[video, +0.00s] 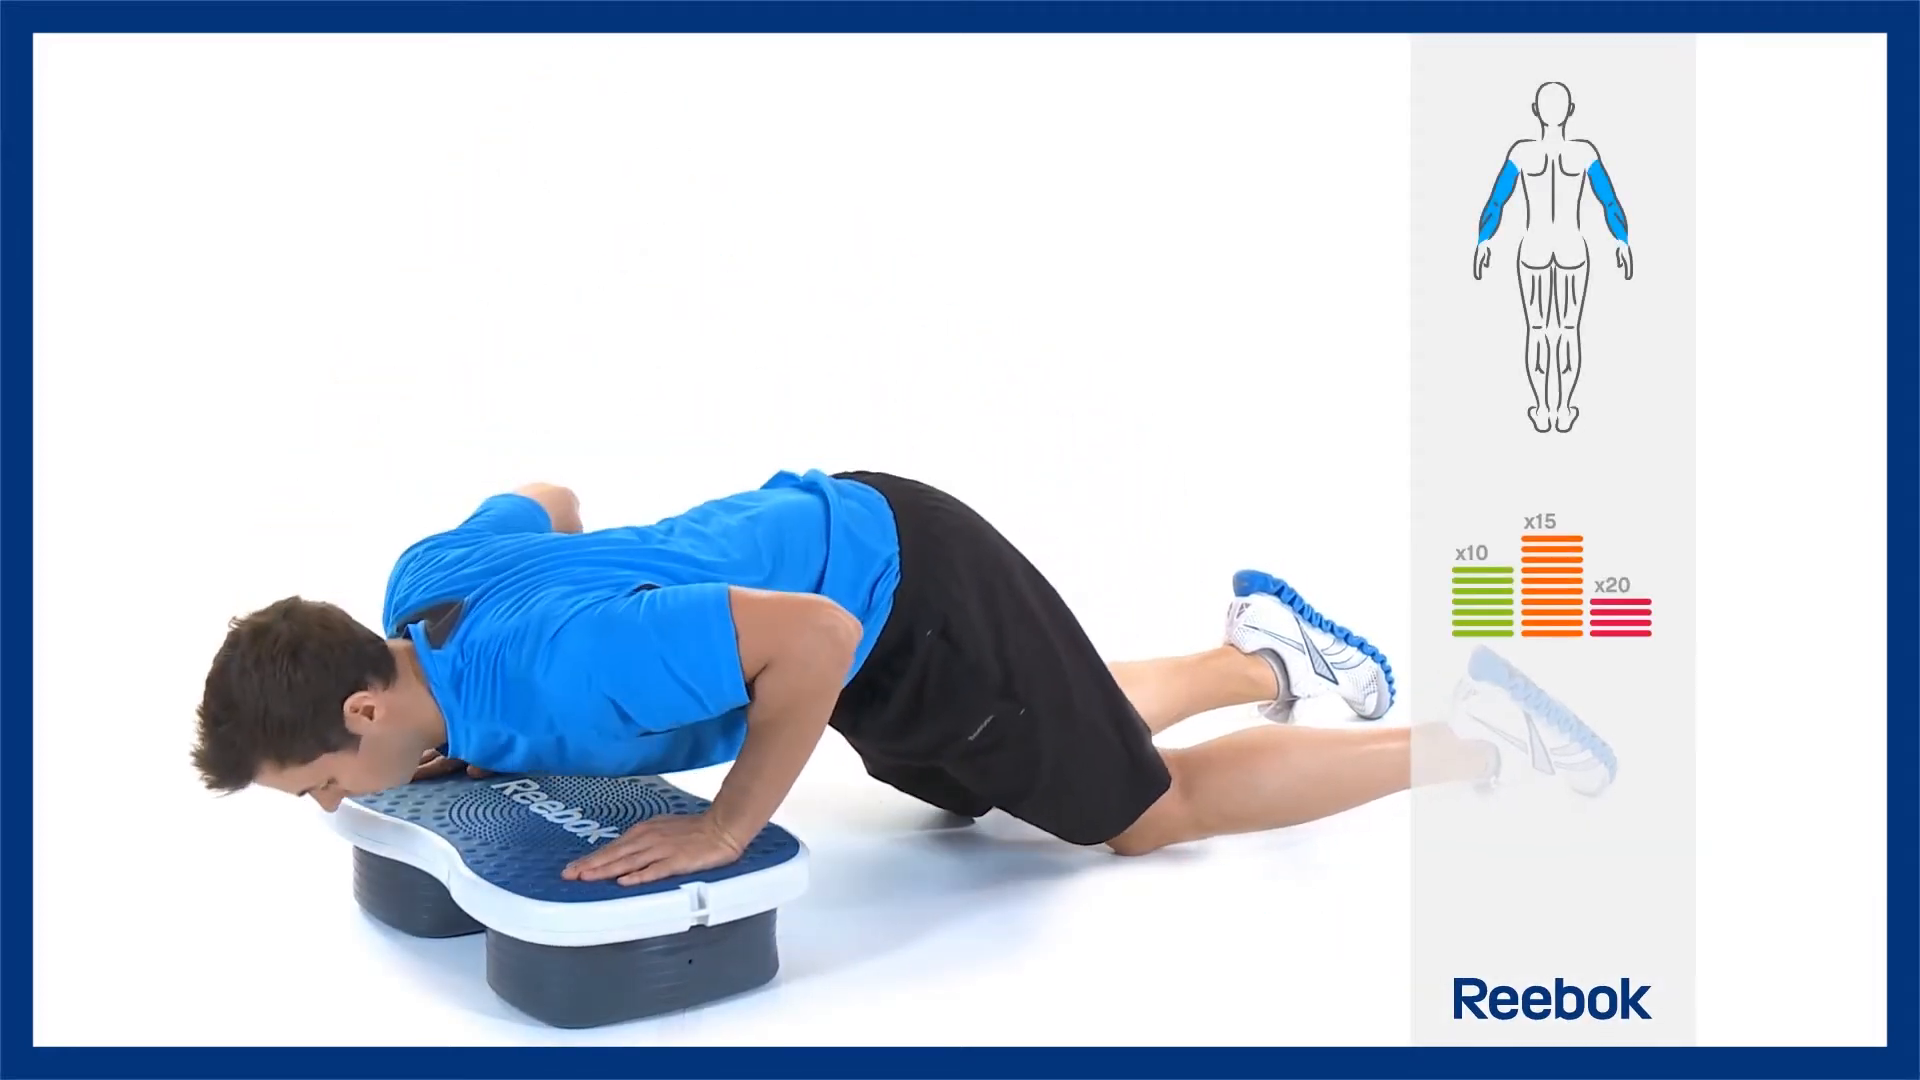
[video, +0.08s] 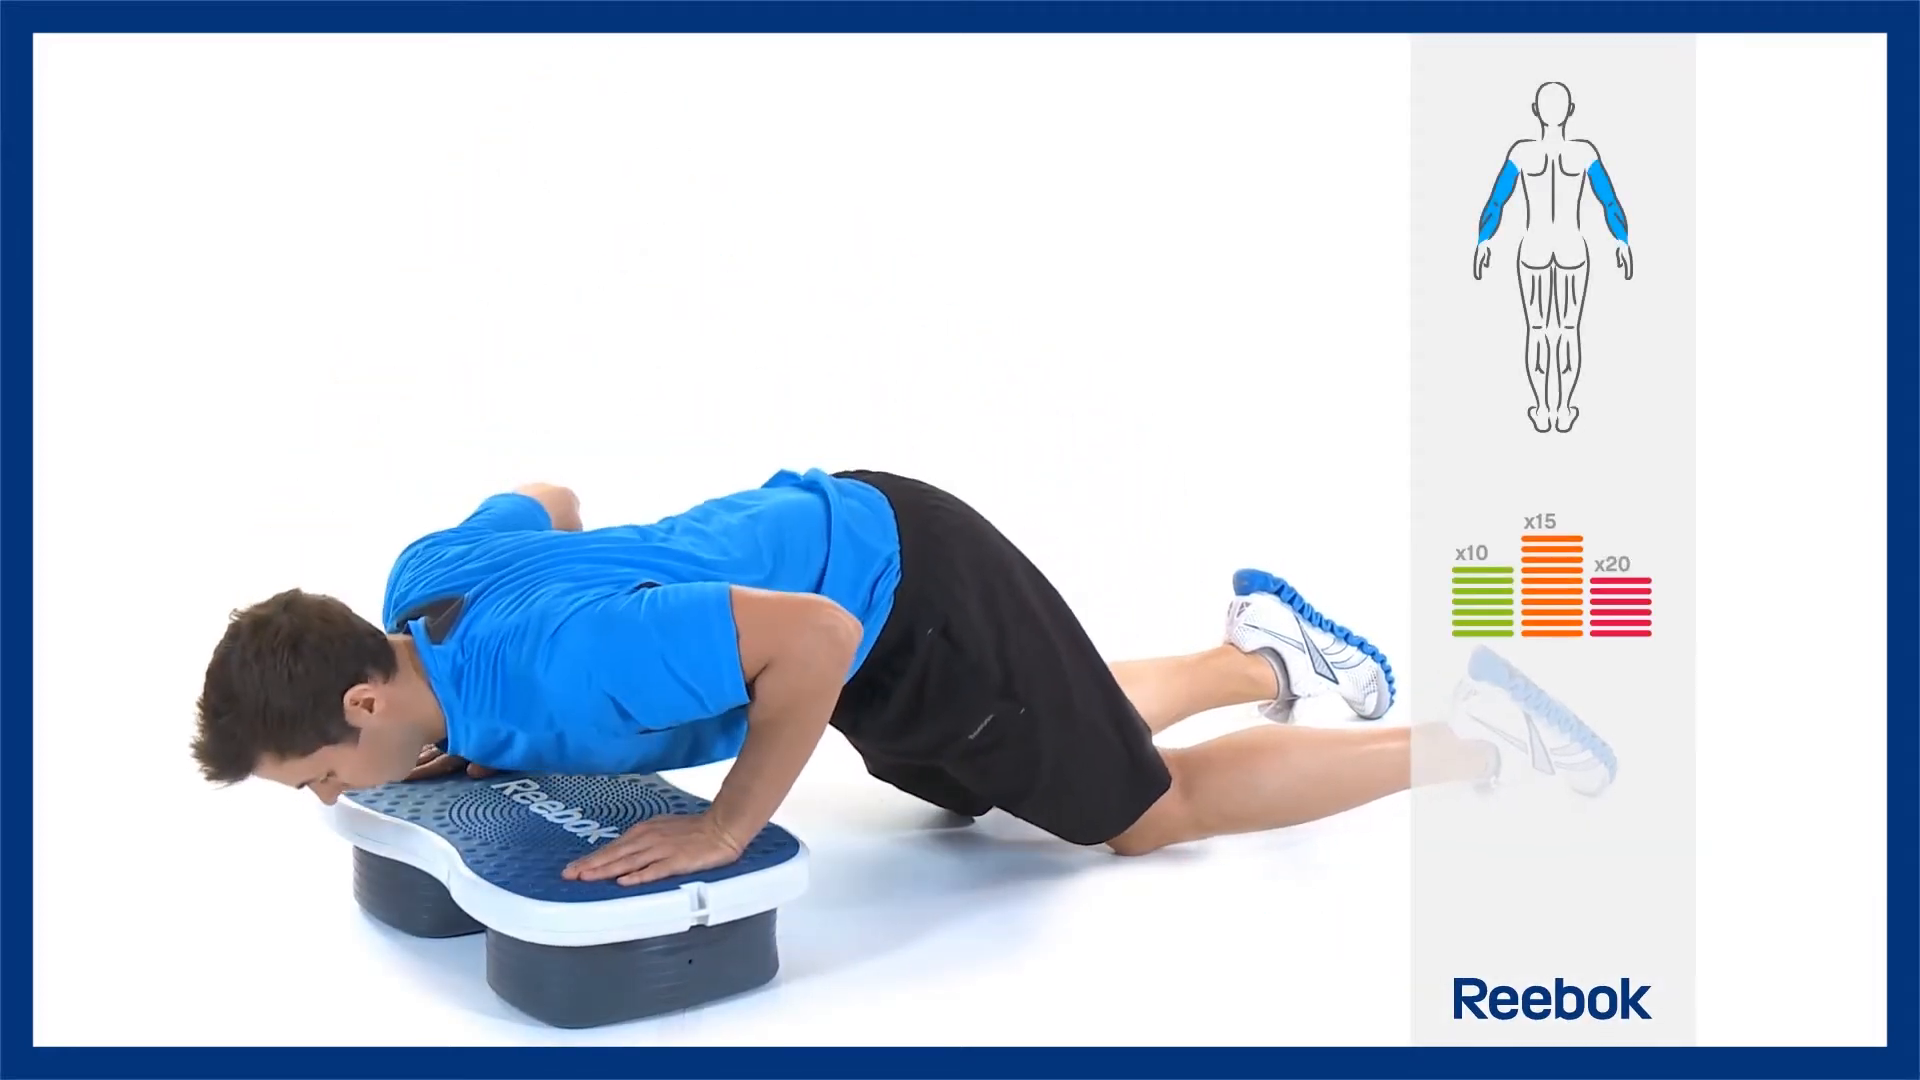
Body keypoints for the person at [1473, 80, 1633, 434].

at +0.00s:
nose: (1553, 107)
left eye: (1554, 100)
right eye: (1552, 100)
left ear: (1537, 108)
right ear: (1569, 108)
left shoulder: (1521, 151)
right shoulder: (1585, 150)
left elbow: (1497, 200)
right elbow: (1609, 199)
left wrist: (1482, 240)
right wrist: (1623, 240)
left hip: (1534, 249)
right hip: (1572, 249)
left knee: (1537, 328)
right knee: (1569, 329)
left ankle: (1542, 407)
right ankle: (1564, 407)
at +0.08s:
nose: (1553, 107)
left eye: (1554, 100)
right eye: (1552, 100)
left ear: (1537, 108)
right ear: (1569, 108)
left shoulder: (1521, 151)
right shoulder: (1585, 150)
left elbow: (1497, 200)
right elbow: (1609, 199)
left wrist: (1482, 240)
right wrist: (1623, 240)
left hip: (1534, 249)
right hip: (1572, 249)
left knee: (1537, 328)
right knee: (1569, 329)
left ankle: (1542, 407)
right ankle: (1564, 407)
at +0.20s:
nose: (1553, 107)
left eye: (1553, 100)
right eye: (1552, 100)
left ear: (1537, 108)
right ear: (1569, 108)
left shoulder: (1521, 150)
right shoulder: (1585, 150)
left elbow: (1497, 200)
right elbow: (1609, 200)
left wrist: (1482, 240)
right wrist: (1623, 240)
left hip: (1533, 249)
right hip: (1572, 249)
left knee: (1537, 328)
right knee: (1569, 329)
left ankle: (1542, 407)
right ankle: (1564, 407)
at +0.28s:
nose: (1553, 107)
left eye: (1553, 100)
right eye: (1552, 100)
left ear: (1537, 108)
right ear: (1569, 108)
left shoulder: (1521, 150)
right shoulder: (1585, 150)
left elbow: (1497, 200)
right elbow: (1609, 200)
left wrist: (1482, 240)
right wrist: (1623, 240)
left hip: (1533, 249)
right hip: (1572, 249)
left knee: (1537, 328)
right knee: (1569, 329)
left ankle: (1542, 407)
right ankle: (1564, 407)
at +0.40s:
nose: (1553, 106)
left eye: (1552, 100)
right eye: (1554, 100)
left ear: (1536, 108)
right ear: (1569, 108)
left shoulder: (1521, 150)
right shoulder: (1584, 150)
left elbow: (1497, 200)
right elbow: (1609, 200)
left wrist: (1482, 240)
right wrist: (1623, 240)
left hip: (1533, 249)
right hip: (1572, 249)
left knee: (1536, 328)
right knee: (1569, 328)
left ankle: (1542, 408)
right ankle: (1564, 407)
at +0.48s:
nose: (1553, 107)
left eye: (1553, 100)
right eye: (1552, 100)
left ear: (1537, 108)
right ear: (1569, 108)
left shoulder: (1521, 150)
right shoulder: (1585, 150)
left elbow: (1497, 200)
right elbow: (1609, 200)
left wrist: (1482, 240)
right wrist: (1623, 240)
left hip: (1533, 249)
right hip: (1572, 249)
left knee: (1537, 328)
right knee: (1569, 329)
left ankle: (1542, 407)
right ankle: (1564, 407)